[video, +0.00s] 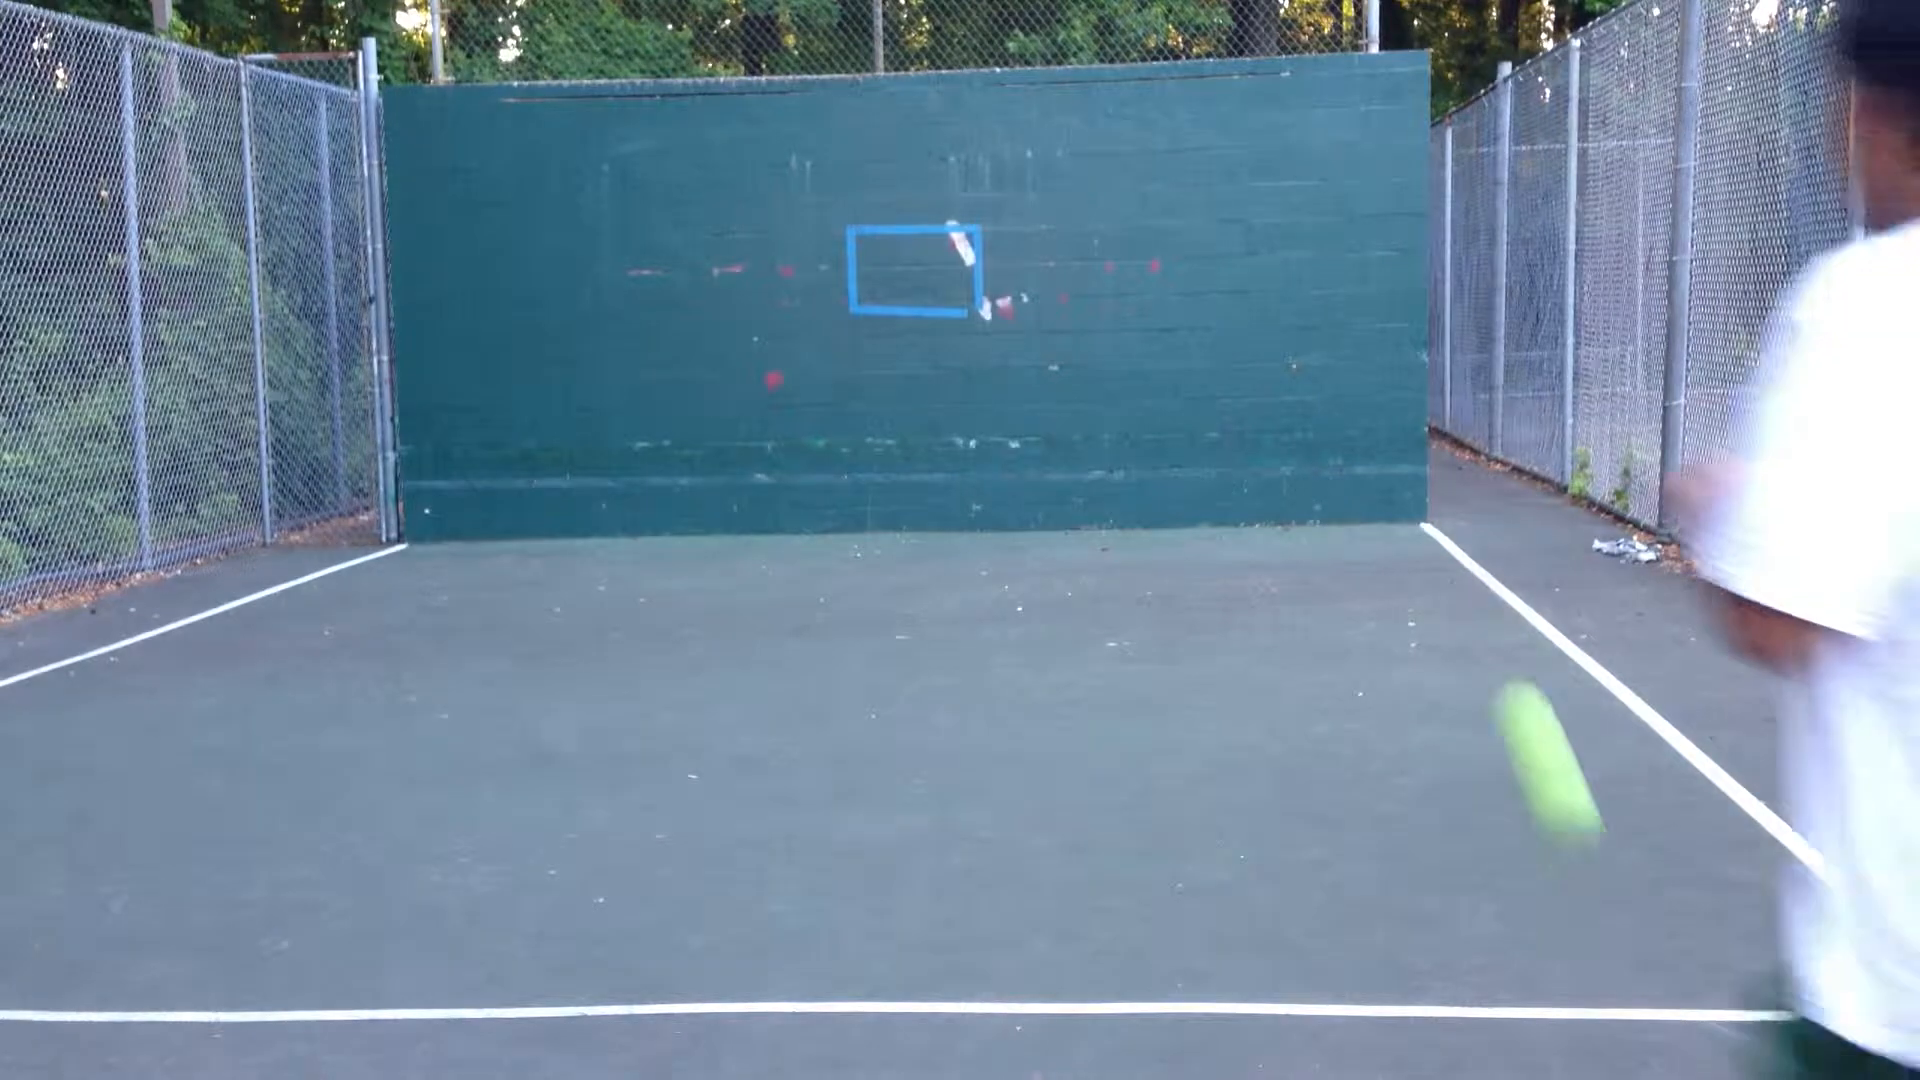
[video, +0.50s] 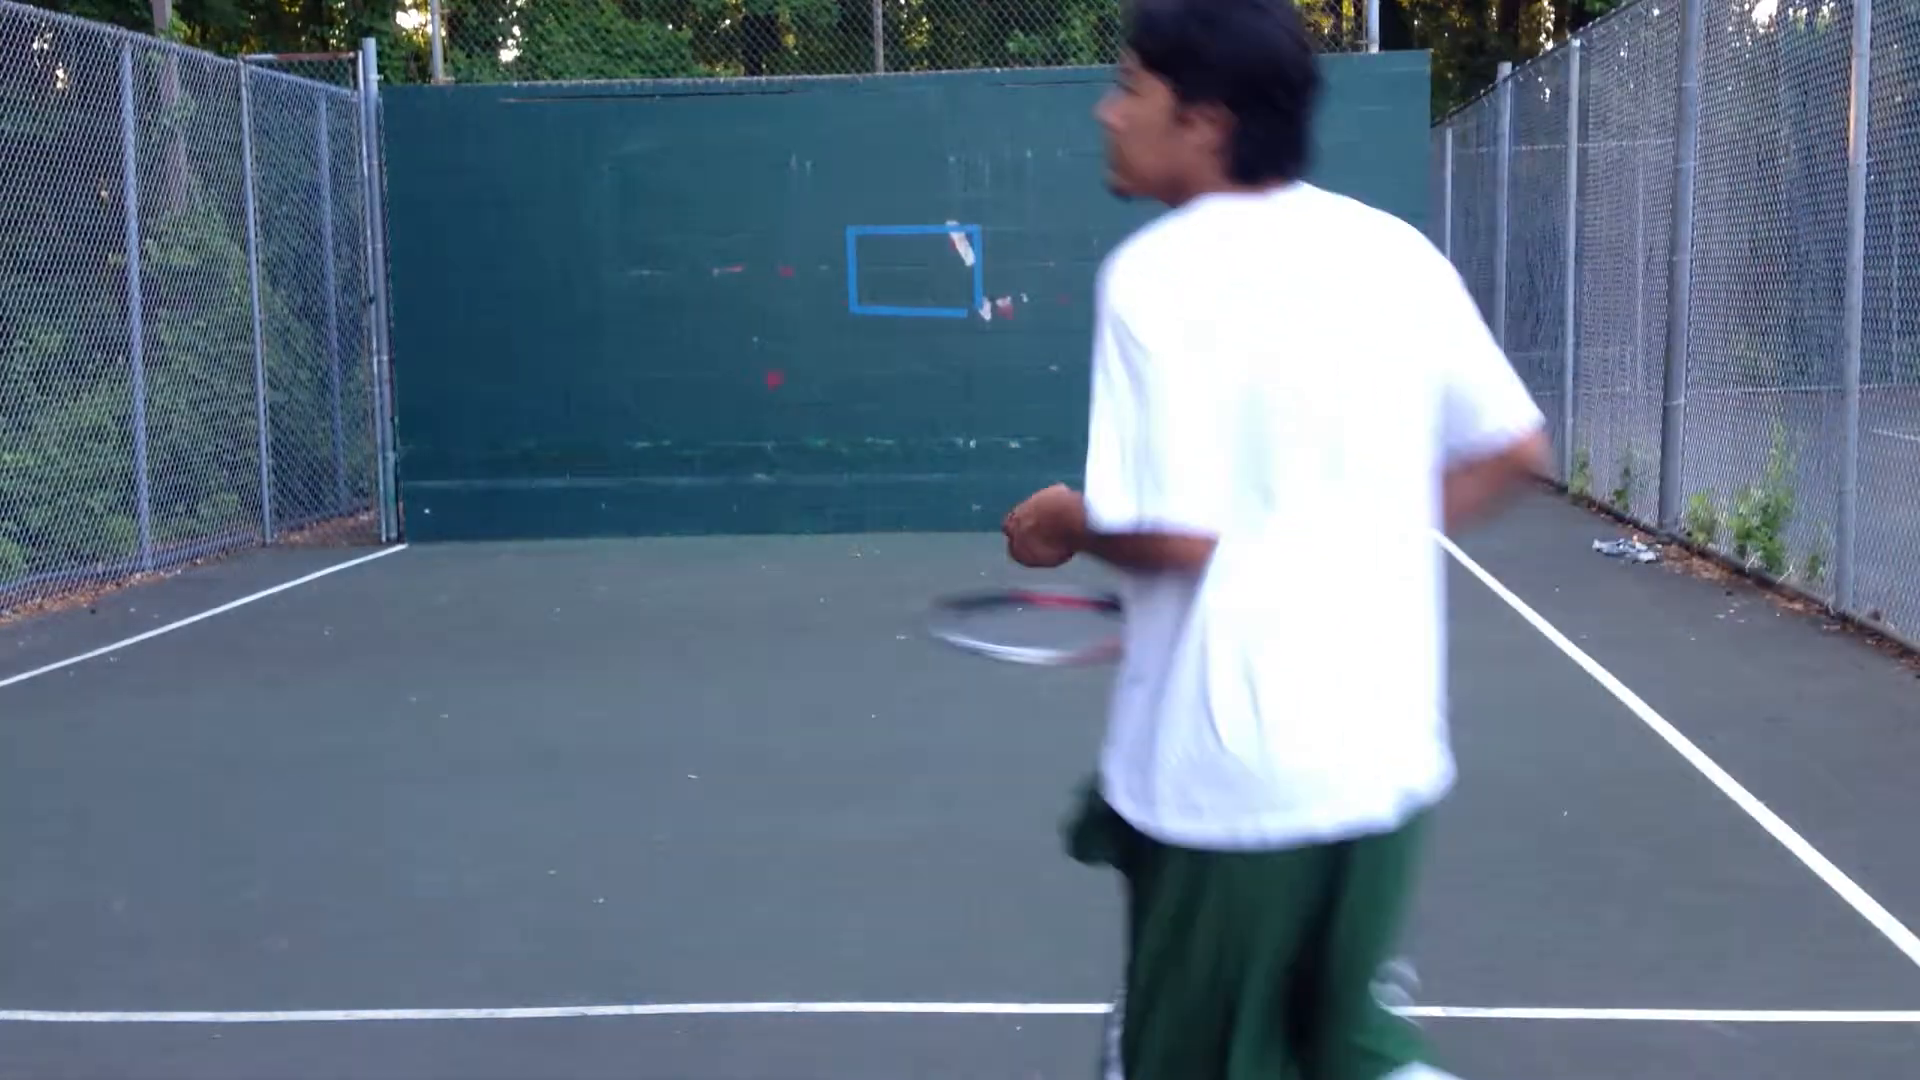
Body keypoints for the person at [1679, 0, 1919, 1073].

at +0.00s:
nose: (1842, 123)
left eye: (1848, 100)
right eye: (1852, 97)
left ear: (1876, 114)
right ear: (1894, 112)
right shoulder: (1862, 298)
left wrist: (1712, 509)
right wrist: (1746, 514)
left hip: (1889, 967)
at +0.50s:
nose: (1107, 109)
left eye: (1133, 87)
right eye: (1118, 83)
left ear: (1208, 121)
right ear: (1222, 120)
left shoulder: (1154, 273)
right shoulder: (1394, 246)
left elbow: (1177, 538)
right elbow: (1513, 449)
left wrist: (1075, 523)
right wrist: (1364, 524)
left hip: (1226, 777)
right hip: (1391, 752)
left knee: (1190, 1053)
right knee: (1347, 1027)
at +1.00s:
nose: (849, 180)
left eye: (879, 159)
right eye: (829, 159)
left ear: (931, 183)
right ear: (807, 183)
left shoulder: (1010, 310)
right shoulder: (786, 306)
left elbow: (1081, 470)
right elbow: (778, 464)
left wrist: (969, 540)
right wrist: (750, 582)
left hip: (973, 704)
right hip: (834, 702)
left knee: (998, 1004)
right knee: (853, 1001)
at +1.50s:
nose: (838, 201)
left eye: (856, 179)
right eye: (815, 180)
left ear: (879, 186)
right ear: (770, 187)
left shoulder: (923, 296)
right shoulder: (704, 304)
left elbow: (958, 439)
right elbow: (663, 451)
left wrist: (950, 526)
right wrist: (668, 557)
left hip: (893, 648)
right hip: (757, 654)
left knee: (879, 883)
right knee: (780, 912)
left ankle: (835, 1023)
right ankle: (797, 1076)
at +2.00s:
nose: (854, 249)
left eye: (869, 229)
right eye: (840, 224)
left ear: (877, 223)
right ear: (782, 206)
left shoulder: (853, 308)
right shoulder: (692, 299)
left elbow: (849, 439)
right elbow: (636, 444)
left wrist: (877, 496)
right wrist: (670, 568)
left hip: (835, 628)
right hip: (727, 635)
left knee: (828, 850)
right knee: (721, 856)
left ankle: (795, 1037)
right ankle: (673, 1025)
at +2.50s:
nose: (837, 249)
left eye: (836, 233)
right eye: (829, 234)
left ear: (772, 235)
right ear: (781, 237)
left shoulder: (794, 317)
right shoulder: (648, 324)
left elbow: (798, 455)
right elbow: (576, 457)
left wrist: (833, 556)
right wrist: (592, 580)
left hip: (766, 620)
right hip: (661, 630)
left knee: (774, 807)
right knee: (657, 841)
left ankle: (720, 984)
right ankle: (652, 1033)